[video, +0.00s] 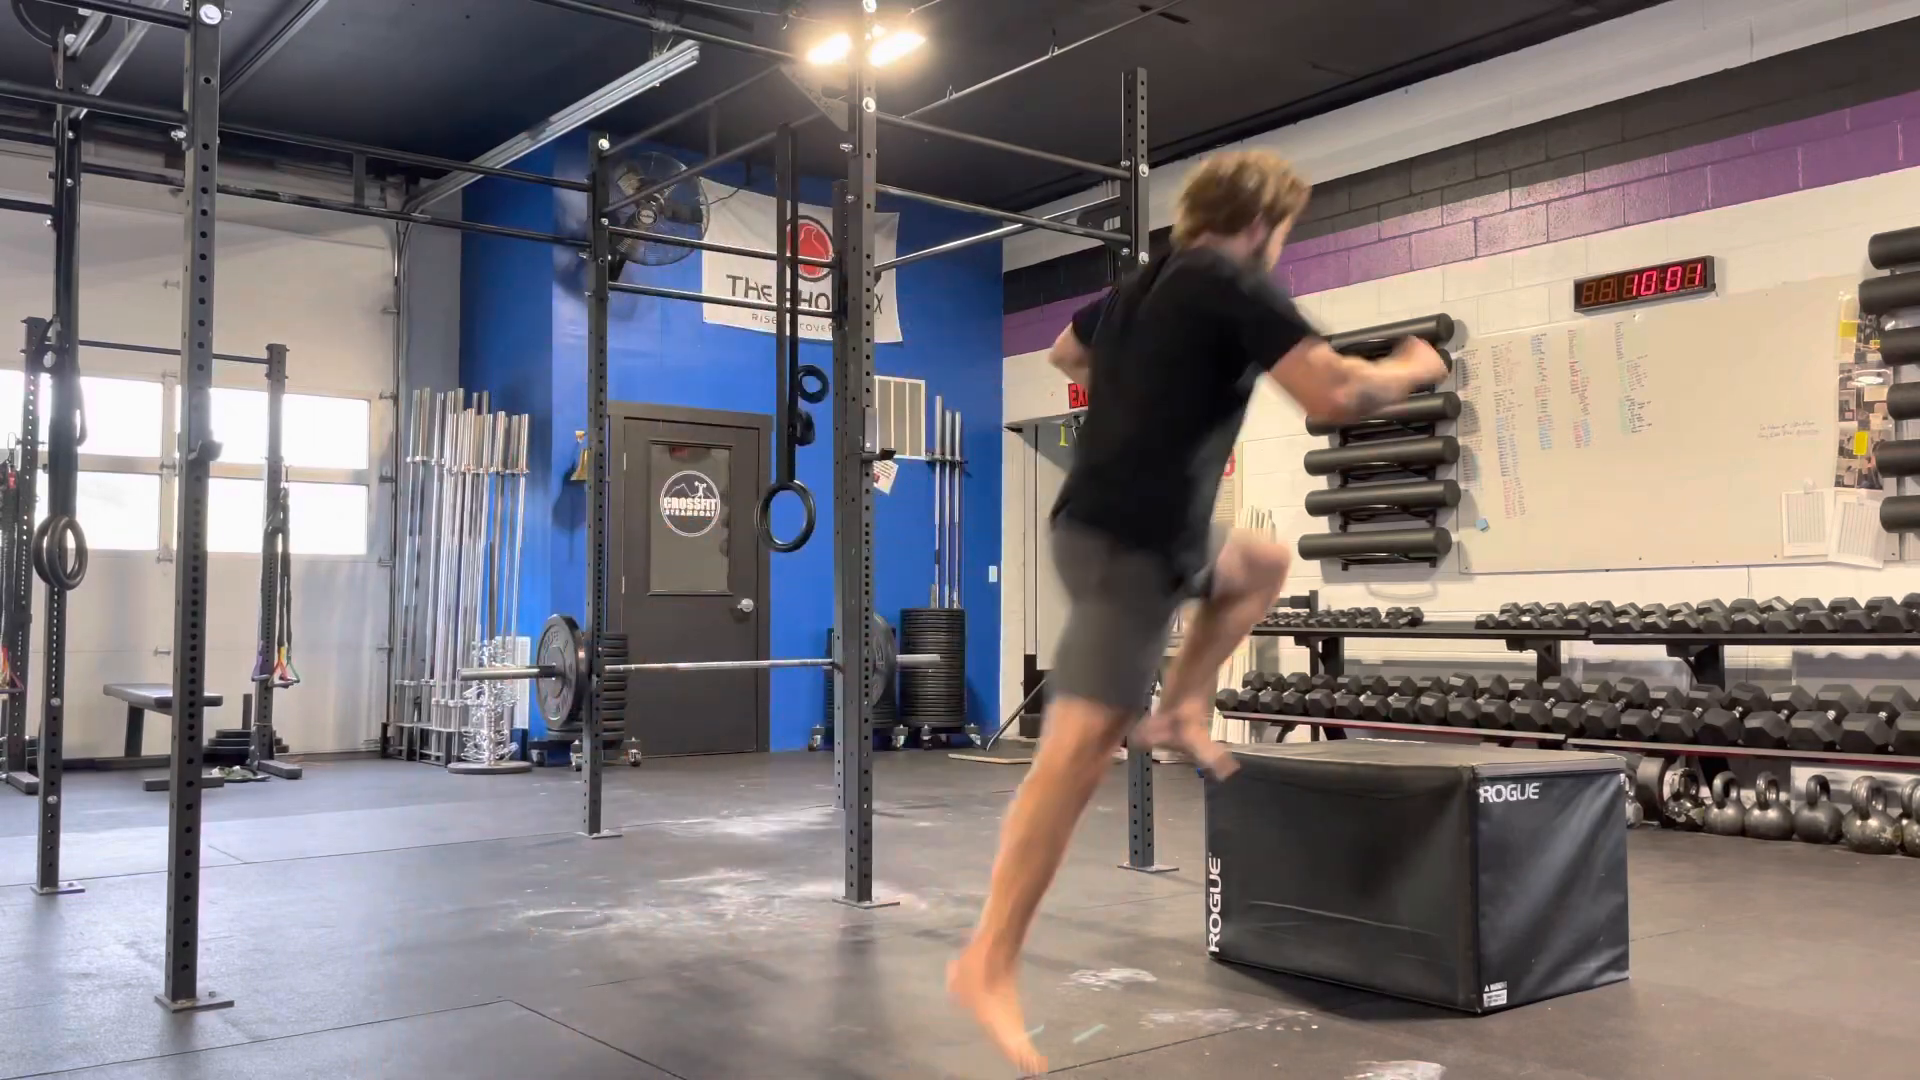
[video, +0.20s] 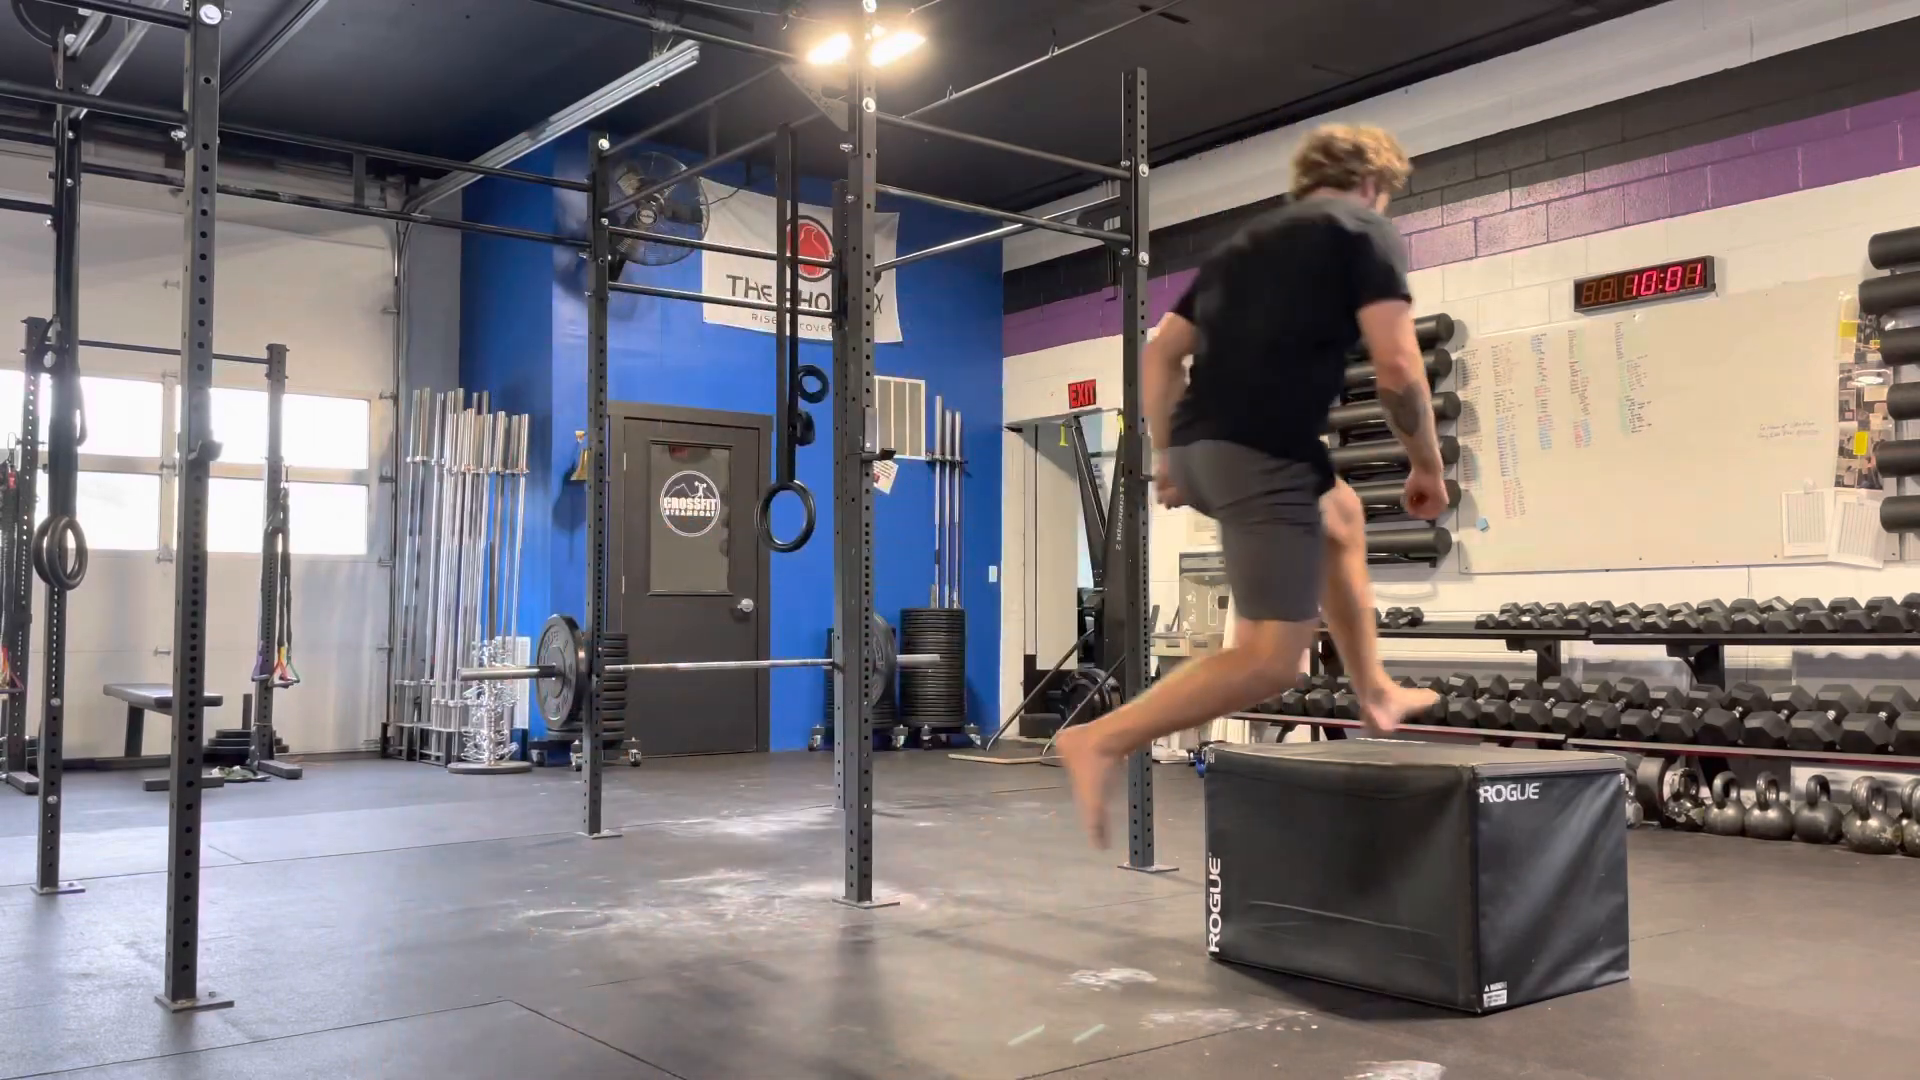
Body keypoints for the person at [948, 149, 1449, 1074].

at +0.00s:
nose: (1287, 248)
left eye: (1289, 234)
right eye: (1286, 233)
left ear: (1201, 221)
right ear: (1261, 226)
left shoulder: (1147, 281)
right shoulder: (1239, 287)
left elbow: (1067, 351)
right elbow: (1331, 394)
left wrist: (1139, 398)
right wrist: (1406, 372)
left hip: (1122, 526)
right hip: (1124, 535)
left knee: (1263, 563)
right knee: (1081, 743)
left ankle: (1180, 711)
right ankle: (986, 965)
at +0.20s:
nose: (1389, 208)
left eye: (1393, 195)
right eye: (1389, 194)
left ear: (1308, 181)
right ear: (1367, 185)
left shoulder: (1245, 240)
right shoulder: (1360, 230)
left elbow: (1162, 349)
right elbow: (1398, 372)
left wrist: (1164, 451)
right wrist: (1427, 463)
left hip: (1198, 447)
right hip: (1265, 454)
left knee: (1341, 511)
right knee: (1268, 662)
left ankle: (1378, 693)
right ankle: (1096, 741)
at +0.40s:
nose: (1454, 256)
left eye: (1454, 247)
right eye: (1453, 247)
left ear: (1370, 242)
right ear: (1436, 240)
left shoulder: (1321, 291)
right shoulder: (1452, 280)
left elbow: (1253, 412)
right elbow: (1476, 416)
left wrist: (1261, 514)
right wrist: (1478, 521)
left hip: (1288, 481)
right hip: (1374, 483)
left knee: (1383, 586)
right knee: (1411, 668)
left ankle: (1409, 737)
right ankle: (1279, 758)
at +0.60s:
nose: (1491, 204)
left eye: (1492, 197)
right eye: (1491, 195)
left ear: (1407, 187)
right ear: (1476, 189)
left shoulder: (1352, 239)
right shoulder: (1490, 233)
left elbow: (1275, 337)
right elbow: (1517, 366)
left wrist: (1281, 437)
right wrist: (1523, 466)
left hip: (1324, 424)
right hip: (1413, 421)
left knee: (1398, 573)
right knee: (1477, 573)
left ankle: (1410, 739)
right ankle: (1385, 650)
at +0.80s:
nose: (1528, 154)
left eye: (1530, 146)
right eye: (1529, 145)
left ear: (1448, 128)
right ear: (1514, 133)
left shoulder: (1379, 183)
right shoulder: (1517, 182)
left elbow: (1302, 261)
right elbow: (1529, 312)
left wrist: (1293, 355)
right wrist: (1538, 417)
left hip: (1348, 379)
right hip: (1438, 380)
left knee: (1390, 552)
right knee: (1481, 551)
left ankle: (1406, 732)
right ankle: (1456, 724)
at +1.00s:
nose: (1543, 151)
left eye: (1546, 142)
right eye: (1545, 141)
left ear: (1466, 123)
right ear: (1530, 131)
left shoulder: (1386, 186)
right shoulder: (1531, 188)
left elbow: (1330, 290)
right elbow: (1547, 318)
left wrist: (1321, 392)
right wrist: (1551, 427)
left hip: (1365, 391)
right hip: (1456, 391)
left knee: (1404, 560)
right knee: (1486, 568)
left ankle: (1407, 736)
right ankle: (1455, 740)